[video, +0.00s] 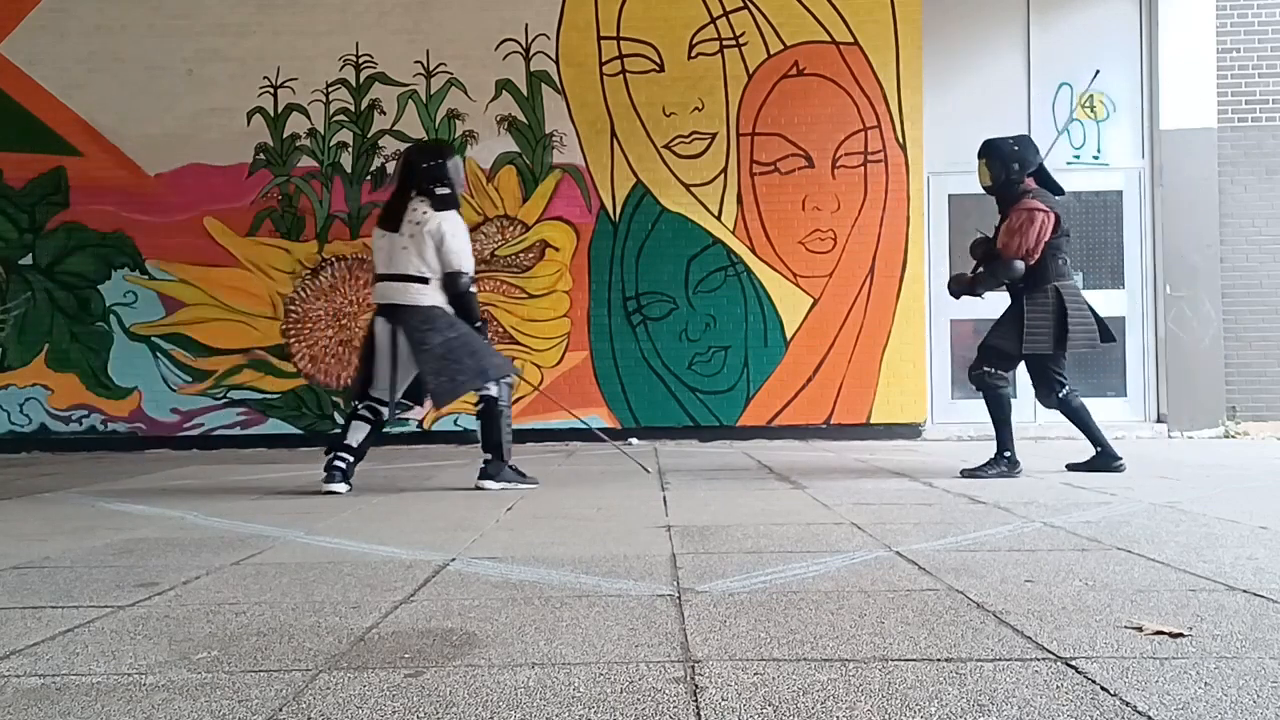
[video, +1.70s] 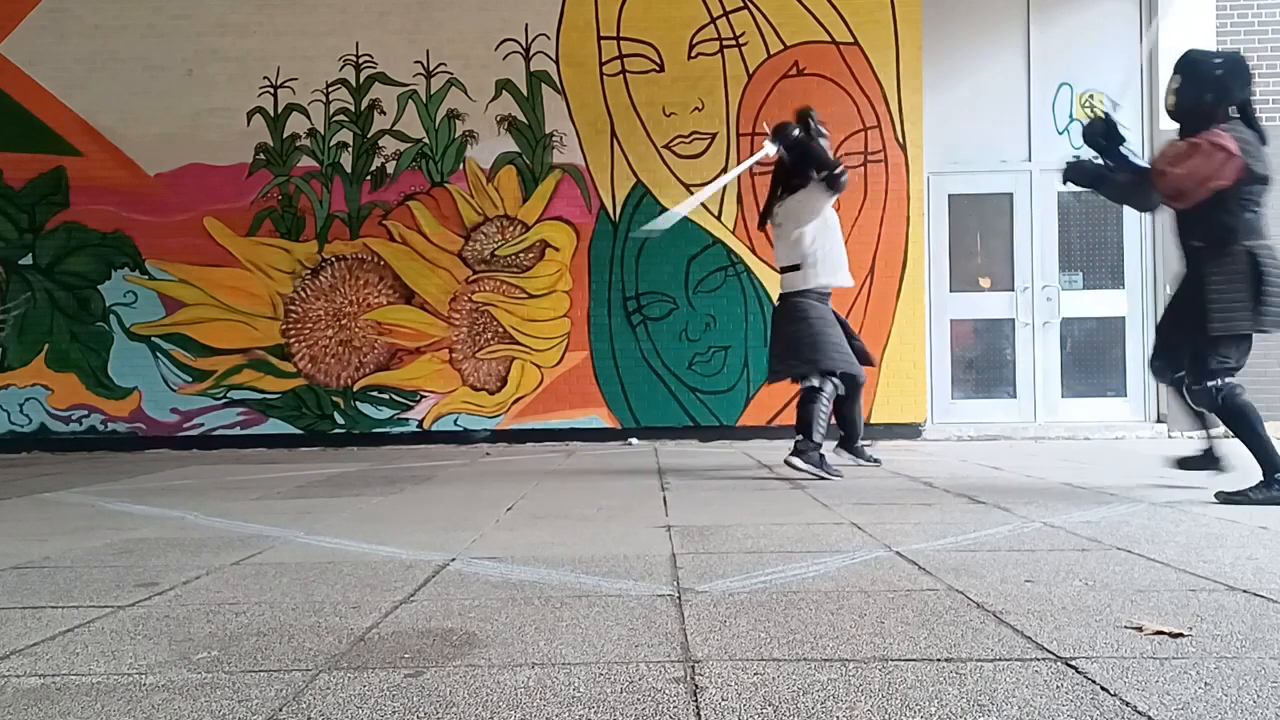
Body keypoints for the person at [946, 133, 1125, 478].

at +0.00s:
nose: (985, 178)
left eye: (990, 169)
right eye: (984, 170)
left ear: (1013, 169)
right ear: (1021, 170)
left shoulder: (1028, 208)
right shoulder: (1032, 202)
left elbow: (1010, 268)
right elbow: (1023, 257)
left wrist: (970, 283)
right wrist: (989, 251)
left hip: (1037, 303)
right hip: (1048, 301)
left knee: (988, 370)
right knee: (1052, 388)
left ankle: (1006, 458)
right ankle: (1106, 452)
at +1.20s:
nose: (1038, 170)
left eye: (1046, 163)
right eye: (1039, 162)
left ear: (1074, 166)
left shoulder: (1090, 212)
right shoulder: (1043, 202)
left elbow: (1038, 252)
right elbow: (1021, 248)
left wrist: (974, 249)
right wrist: (972, 250)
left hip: (1064, 304)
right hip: (1038, 300)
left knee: (1005, 377)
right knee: (1022, 387)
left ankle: (982, 462)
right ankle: (1108, 438)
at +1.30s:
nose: (1066, 149)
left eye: (1075, 143)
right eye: (1068, 141)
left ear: (1101, 146)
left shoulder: (1119, 189)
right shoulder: (1068, 184)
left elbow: (1059, 219)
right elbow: (1032, 226)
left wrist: (996, 200)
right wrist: (994, 201)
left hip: (1096, 300)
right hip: (1071, 297)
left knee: (1030, 381)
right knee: (1068, 395)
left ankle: (989, 461)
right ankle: (1140, 463)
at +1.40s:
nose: (1090, 127)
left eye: (1097, 121)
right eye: (1093, 120)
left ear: (1119, 128)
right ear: (1126, 129)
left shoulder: (1139, 172)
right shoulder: (1119, 169)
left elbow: (1076, 192)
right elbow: (1055, 199)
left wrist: (1017, 167)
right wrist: (1021, 167)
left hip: (1120, 291)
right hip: (1116, 289)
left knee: (1054, 360)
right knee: (1091, 379)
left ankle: (1056, 451)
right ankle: (1142, 463)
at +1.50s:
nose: (1117, 106)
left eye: (1124, 99)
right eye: (1120, 98)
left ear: (1146, 109)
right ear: (1160, 110)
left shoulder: (1160, 155)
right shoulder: (1166, 150)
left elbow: (1094, 179)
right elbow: (1096, 172)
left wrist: (1035, 152)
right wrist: (1054, 146)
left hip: (1150, 272)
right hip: (1152, 270)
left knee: (1107, 356)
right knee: (1109, 357)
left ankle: (1149, 456)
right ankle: (1152, 448)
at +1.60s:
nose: (1147, 96)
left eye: (1156, 88)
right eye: (1150, 87)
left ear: (1180, 95)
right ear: (1193, 95)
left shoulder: (1190, 144)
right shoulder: (1188, 137)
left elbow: (1118, 178)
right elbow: (1129, 170)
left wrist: (1057, 152)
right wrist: (1081, 149)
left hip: (1189, 268)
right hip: (1174, 266)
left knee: (1170, 368)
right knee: (1156, 365)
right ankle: (1157, 459)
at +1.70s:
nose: (1171, 94)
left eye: (1181, 86)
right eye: (1174, 84)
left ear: (1209, 94)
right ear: (1217, 97)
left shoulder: (1219, 147)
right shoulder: (1213, 140)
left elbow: (1150, 192)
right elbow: (1156, 181)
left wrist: (1090, 174)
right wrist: (1115, 150)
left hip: (1229, 271)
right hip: (1210, 270)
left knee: (1212, 378)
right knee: (1168, 362)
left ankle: (1273, 476)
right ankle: (1211, 449)